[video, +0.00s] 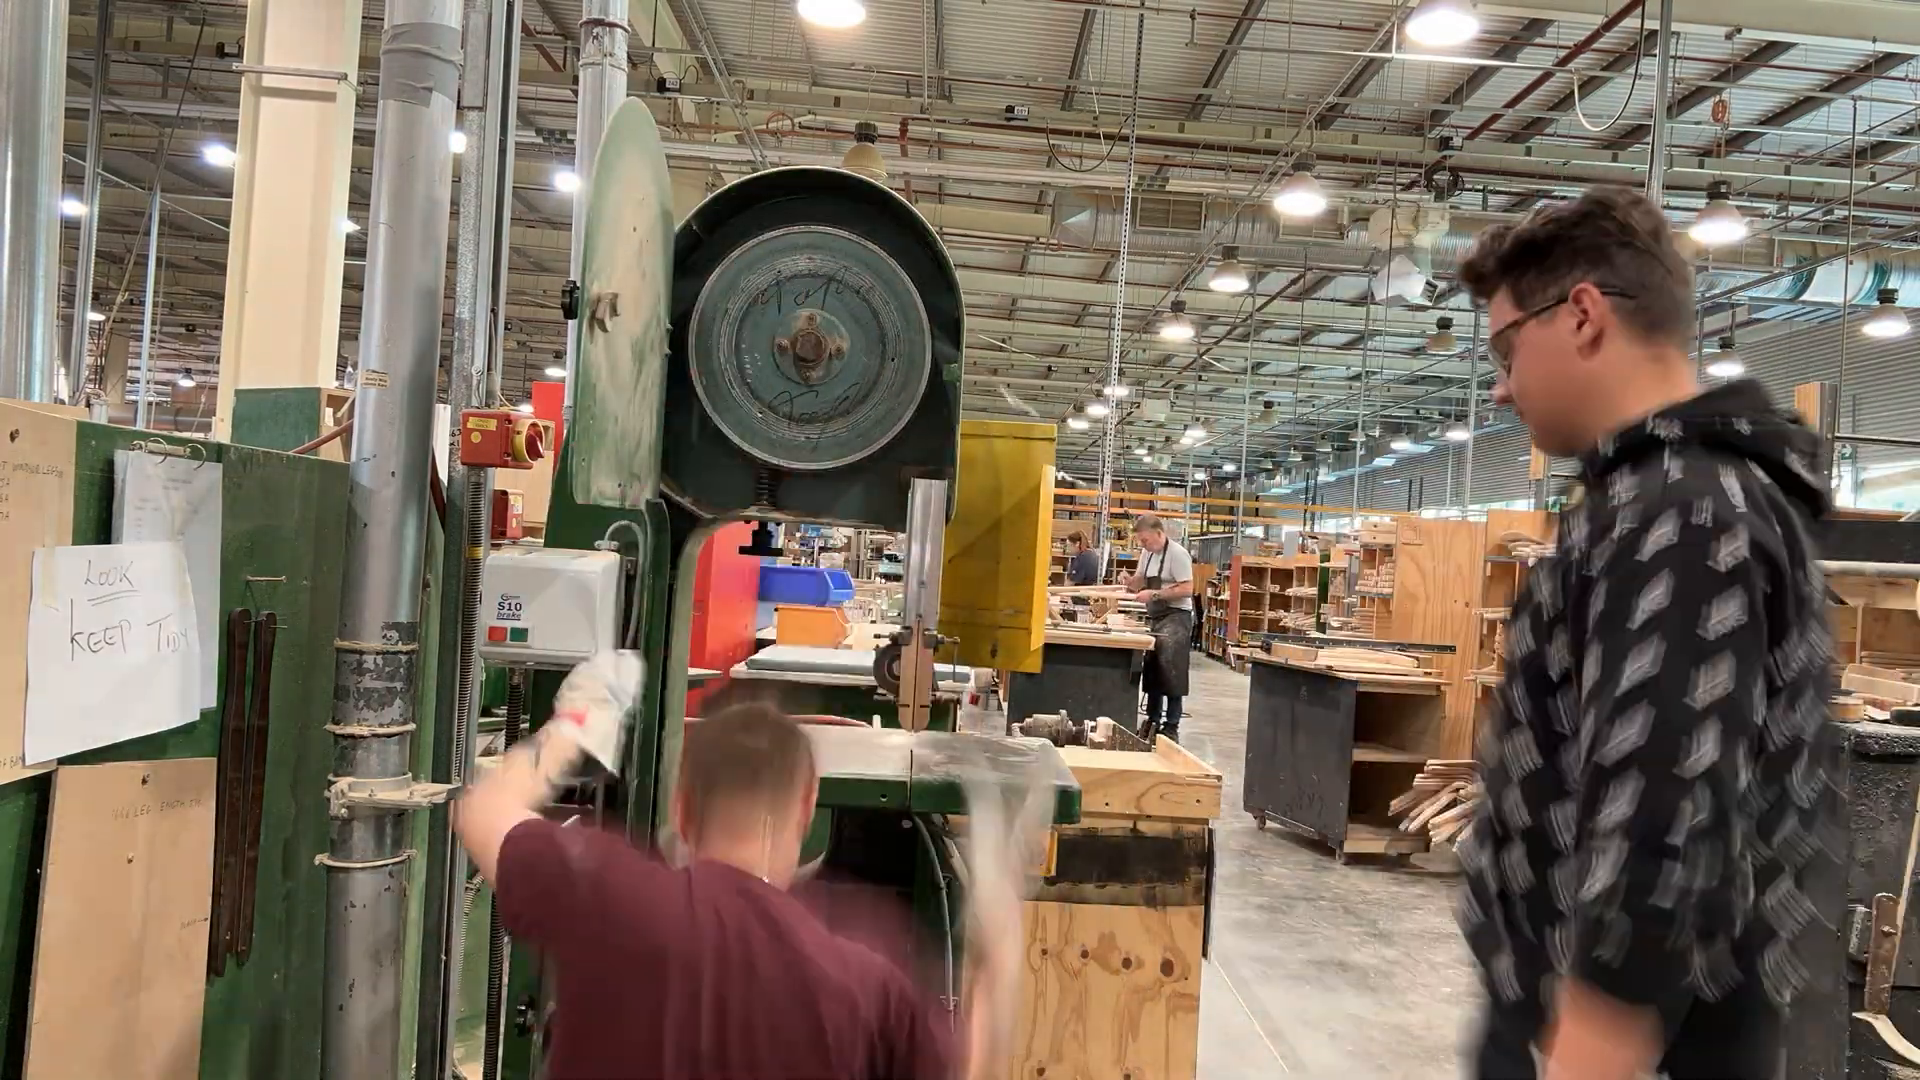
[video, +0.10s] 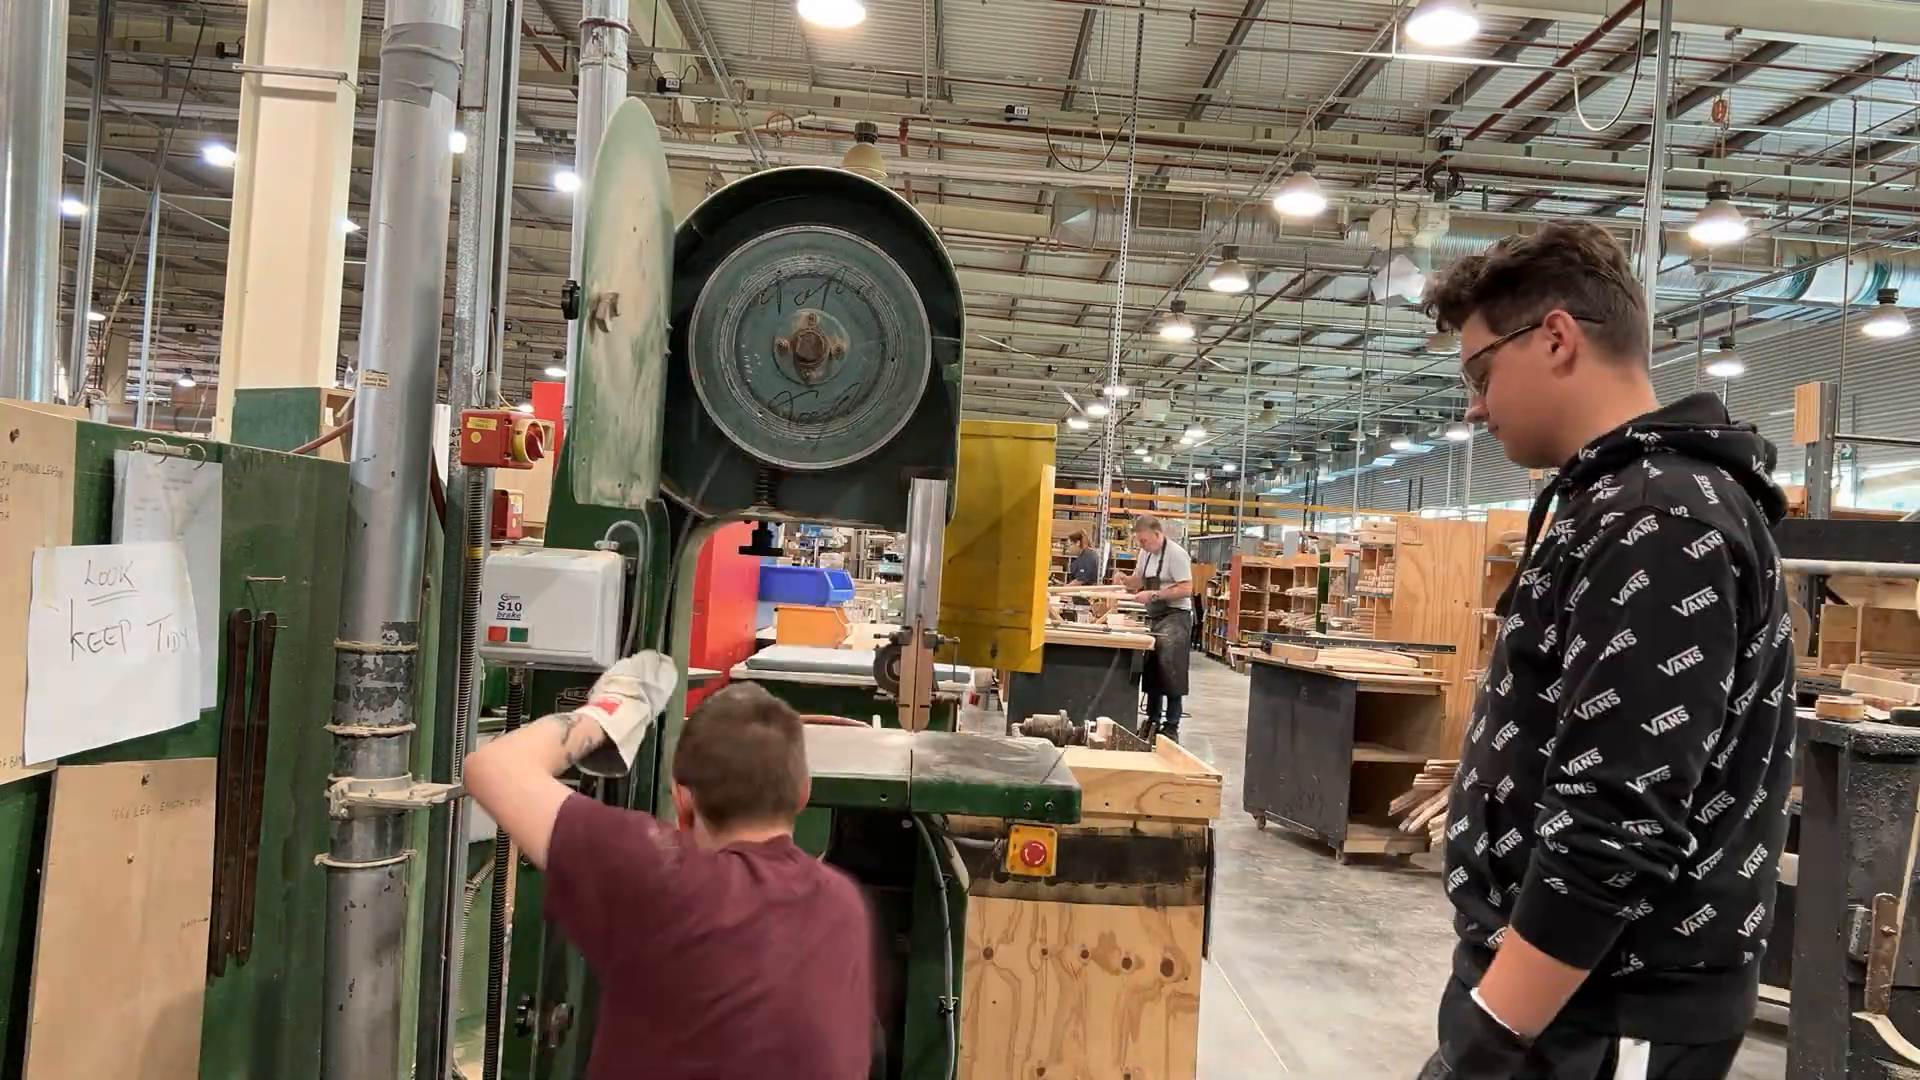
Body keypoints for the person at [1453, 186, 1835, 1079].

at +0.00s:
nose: (1500, 391)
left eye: (1504, 350)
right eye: (1495, 360)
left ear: (1584, 318)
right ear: (1590, 324)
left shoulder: (1688, 505)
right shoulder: (1646, 492)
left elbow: (1650, 848)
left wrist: (1590, 1049)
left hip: (1627, 1031)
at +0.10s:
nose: (1472, 408)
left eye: (1478, 371)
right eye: (1466, 381)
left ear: (1557, 341)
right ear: (1562, 345)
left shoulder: (1664, 517)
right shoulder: (1626, 505)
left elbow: (1611, 825)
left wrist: (1490, 1026)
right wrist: (1500, 996)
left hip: (1612, 1023)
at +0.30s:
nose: (1731, 389)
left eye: (1747, 352)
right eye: (1730, 359)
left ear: (1851, 331)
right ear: (1850, 333)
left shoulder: (1912, 555)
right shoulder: (1829, 521)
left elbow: (1914, 887)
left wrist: (1861, 1061)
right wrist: (1703, 997)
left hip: (1800, 1054)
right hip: (1703, 1021)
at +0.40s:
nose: (1719, 390)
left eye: (1736, 352)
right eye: (1718, 359)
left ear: (1839, 329)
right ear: (1837, 333)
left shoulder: (1906, 558)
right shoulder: (1823, 522)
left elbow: (1908, 885)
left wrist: (1859, 1061)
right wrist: (1697, 1001)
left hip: (1789, 1054)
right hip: (1698, 1022)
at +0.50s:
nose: (1715, 392)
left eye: (1731, 354)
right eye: (1714, 361)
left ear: (1832, 330)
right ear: (1830, 335)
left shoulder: (1910, 565)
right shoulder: (1820, 524)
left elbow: (1907, 908)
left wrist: (1846, 1063)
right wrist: (1696, 1003)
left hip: (1787, 1054)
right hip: (1695, 1022)